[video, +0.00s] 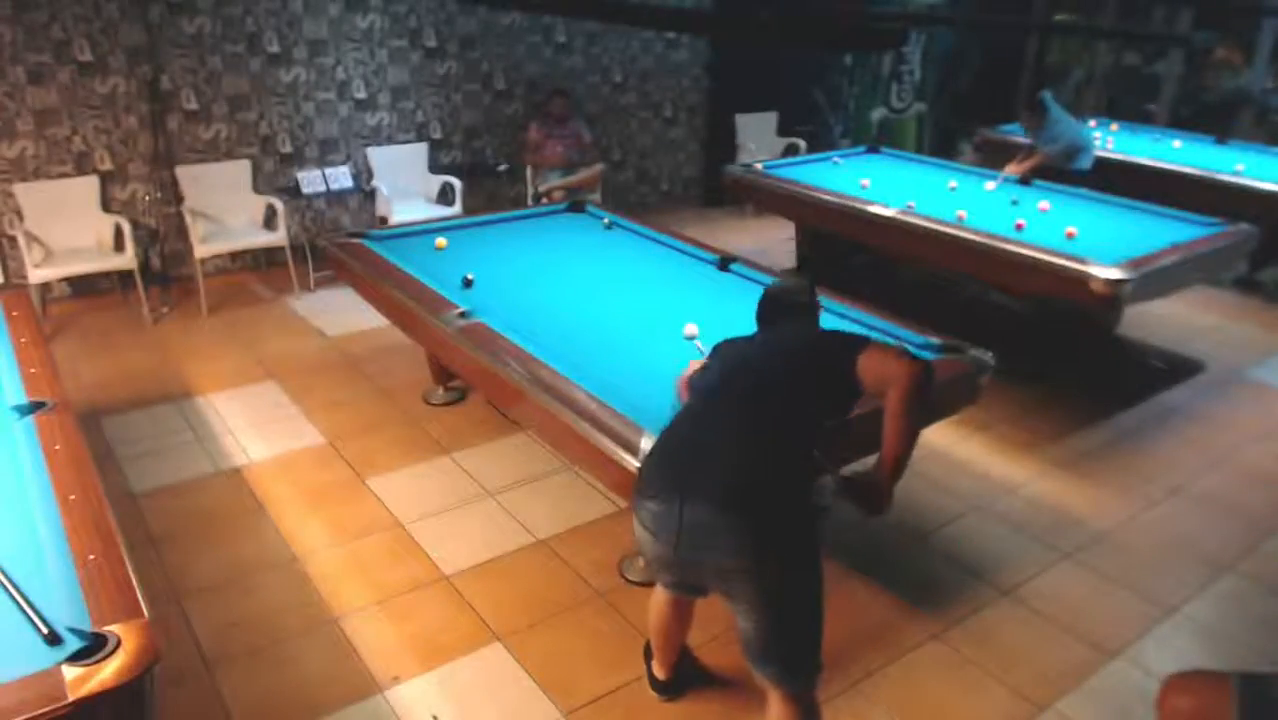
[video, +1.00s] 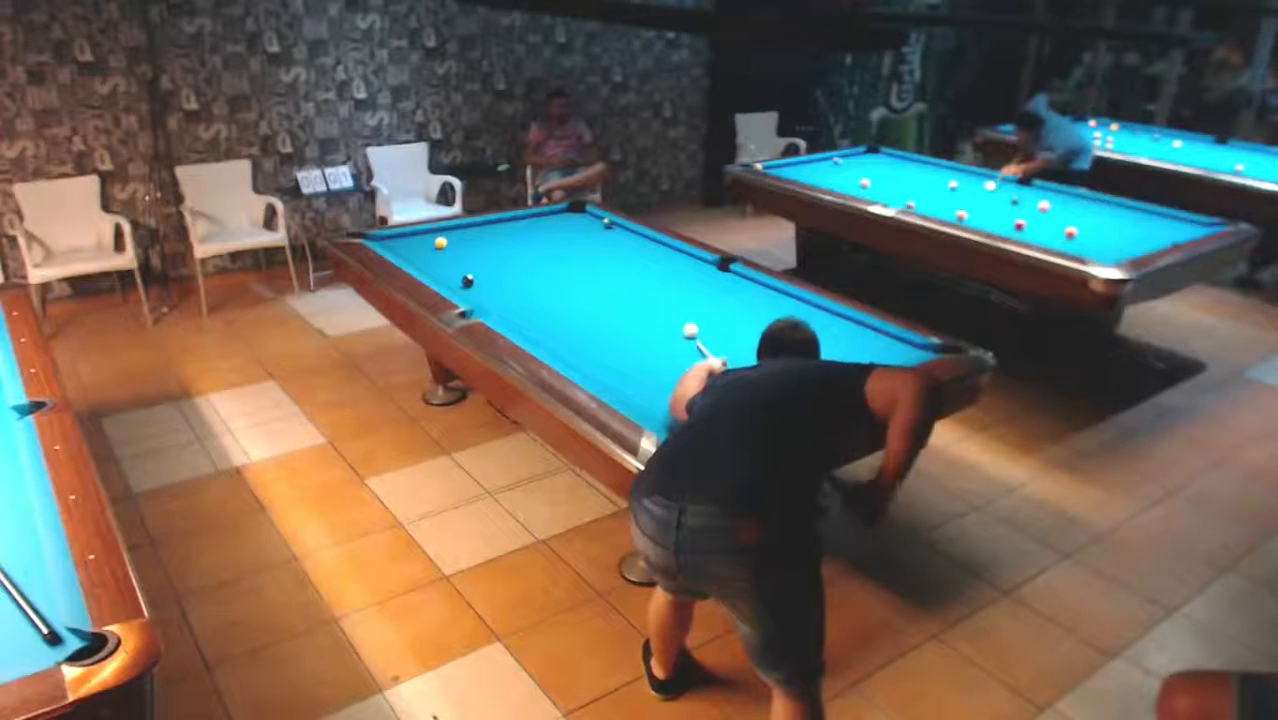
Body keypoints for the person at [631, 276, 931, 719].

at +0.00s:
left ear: (761, 317)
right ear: (813, 317)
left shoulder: (729, 349)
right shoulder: (831, 348)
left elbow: (687, 385)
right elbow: (906, 372)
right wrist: (884, 477)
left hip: (659, 496)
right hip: (750, 510)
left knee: (673, 581)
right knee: (786, 683)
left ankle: (665, 671)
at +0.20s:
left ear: (758, 344)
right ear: (811, 342)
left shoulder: (724, 369)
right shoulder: (828, 364)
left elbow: (684, 392)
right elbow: (911, 362)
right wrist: (889, 479)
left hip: (654, 505)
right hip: (746, 519)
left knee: (672, 586)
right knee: (789, 684)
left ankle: (664, 671)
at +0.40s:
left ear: (759, 348)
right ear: (813, 348)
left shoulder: (721, 371)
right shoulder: (847, 376)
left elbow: (681, 402)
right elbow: (906, 419)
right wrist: (893, 533)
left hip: (652, 507)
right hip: (746, 522)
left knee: (673, 584)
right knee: (791, 686)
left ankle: (664, 672)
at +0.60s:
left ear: (762, 348)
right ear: (815, 349)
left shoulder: (722, 372)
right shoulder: (842, 376)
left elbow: (682, 400)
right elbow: (914, 408)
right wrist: (942, 508)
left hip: (652, 509)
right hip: (744, 524)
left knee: (673, 585)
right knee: (791, 688)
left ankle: (663, 671)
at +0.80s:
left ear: (761, 352)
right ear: (815, 352)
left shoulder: (728, 377)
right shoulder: (834, 375)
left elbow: (683, 400)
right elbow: (913, 391)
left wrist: (705, 364)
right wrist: (909, 501)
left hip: (652, 511)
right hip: (745, 526)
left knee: (673, 585)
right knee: (792, 686)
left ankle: (663, 672)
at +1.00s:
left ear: (760, 357)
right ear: (814, 357)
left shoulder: (728, 381)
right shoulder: (837, 381)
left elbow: (680, 404)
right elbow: (914, 387)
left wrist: (704, 368)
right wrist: (883, 489)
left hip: (652, 512)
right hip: (745, 527)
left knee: (672, 585)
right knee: (793, 683)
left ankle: (664, 671)